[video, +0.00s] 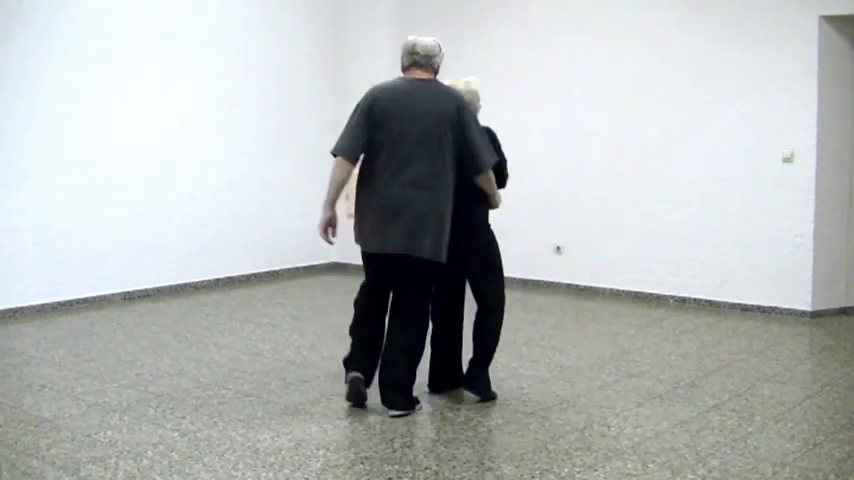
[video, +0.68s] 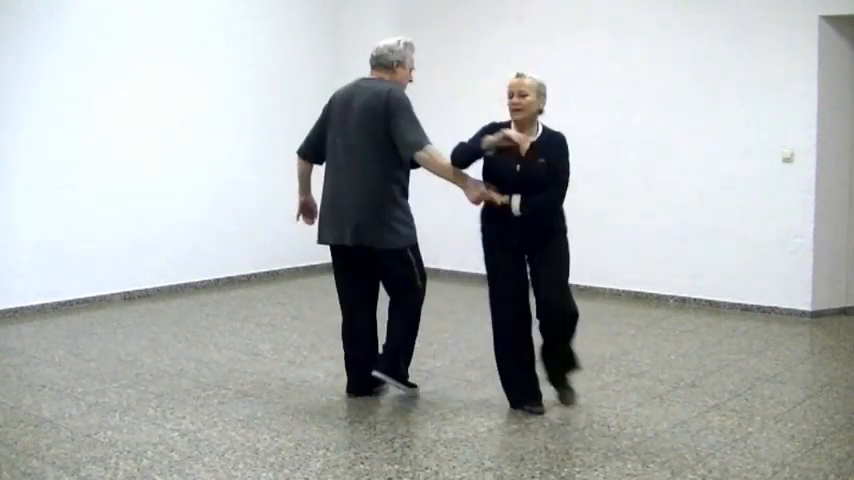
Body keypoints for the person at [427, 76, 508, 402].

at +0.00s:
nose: (479, 109)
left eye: (475, 105)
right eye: (478, 105)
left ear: (448, 106)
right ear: (475, 106)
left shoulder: (432, 135)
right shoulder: (483, 135)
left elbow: (425, 178)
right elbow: (499, 178)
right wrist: (480, 198)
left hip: (439, 231)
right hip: (475, 232)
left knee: (447, 304)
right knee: (492, 302)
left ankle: (443, 375)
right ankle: (478, 374)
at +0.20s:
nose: (501, 108)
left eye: (499, 103)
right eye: (496, 103)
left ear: (470, 109)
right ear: (480, 108)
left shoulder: (448, 134)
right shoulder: (491, 138)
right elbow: (524, 182)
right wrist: (514, 170)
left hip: (444, 233)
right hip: (475, 237)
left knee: (451, 307)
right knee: (503, 304)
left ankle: (443, 376)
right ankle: (507, 381)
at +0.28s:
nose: (510, 110)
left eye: (508, 105)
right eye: (503, 105)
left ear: (484, 113)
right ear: (485, 111)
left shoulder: (471, 138)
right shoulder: (489, 142)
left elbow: (498, 178)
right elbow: (521, 184)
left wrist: (525, 181)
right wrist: (545, 182)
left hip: (458, 232)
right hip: (472, 237)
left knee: (462, 308)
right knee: (503, 308)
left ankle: (444, 378)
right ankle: (525, 389)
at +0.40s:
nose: (518, 109)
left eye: (518, 104)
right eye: (509, 105)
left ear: (519, 109)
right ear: (491, 113)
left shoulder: (518, 149)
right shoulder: (483, 145)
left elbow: (535, 197)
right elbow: (514, 189)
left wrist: (525, 210)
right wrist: (552, 183)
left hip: (502, 235)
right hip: (473, 234)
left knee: (487, 305)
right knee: (507, 307)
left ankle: (446, 370)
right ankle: (527, 394)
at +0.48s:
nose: (518, 107)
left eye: (522, 101)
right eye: (510, 103)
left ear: (528, 106)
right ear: (496, 111)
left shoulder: (534, 148)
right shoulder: (484, 141)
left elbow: (551, 200)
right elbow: (493, 183)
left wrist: (521, 208)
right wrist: (543, 177)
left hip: (515, 230)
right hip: (480, 229)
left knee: (516, 307)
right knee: (505, 305)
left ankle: (462, 355)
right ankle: (525, 395)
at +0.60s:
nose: (517, 103)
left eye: (524, 97)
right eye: (511, 98)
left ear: (537, 103)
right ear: (504, 104)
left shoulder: (550, 144)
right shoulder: (488, 136)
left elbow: (559, 197)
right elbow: (470, 166)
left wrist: (514, 203)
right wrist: (513, 156)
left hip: (537, 236)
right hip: (494, 237)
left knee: (549, 308)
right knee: (506, 316)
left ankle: (513, 348)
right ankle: (520, 397)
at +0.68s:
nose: (515, 101)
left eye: (523, 96)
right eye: (511, 96)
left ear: (540, 102)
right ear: (506, 101)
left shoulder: (554, 143)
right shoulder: (492, 133)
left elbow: (554, 197)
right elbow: (457, 159)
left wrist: (506, 200)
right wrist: (489, 142)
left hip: (546, 236)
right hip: (501, 237)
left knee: (558, 307)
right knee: (510, 315)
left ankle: (558, 370)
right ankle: (522, 396)